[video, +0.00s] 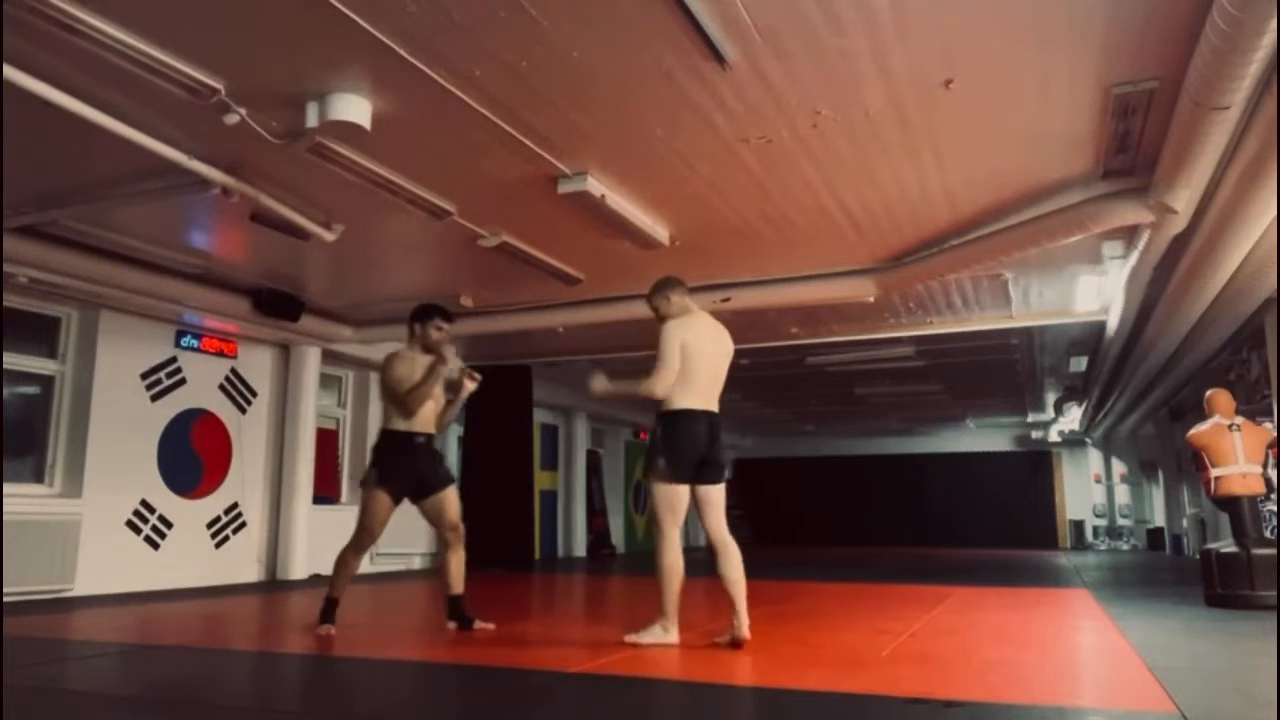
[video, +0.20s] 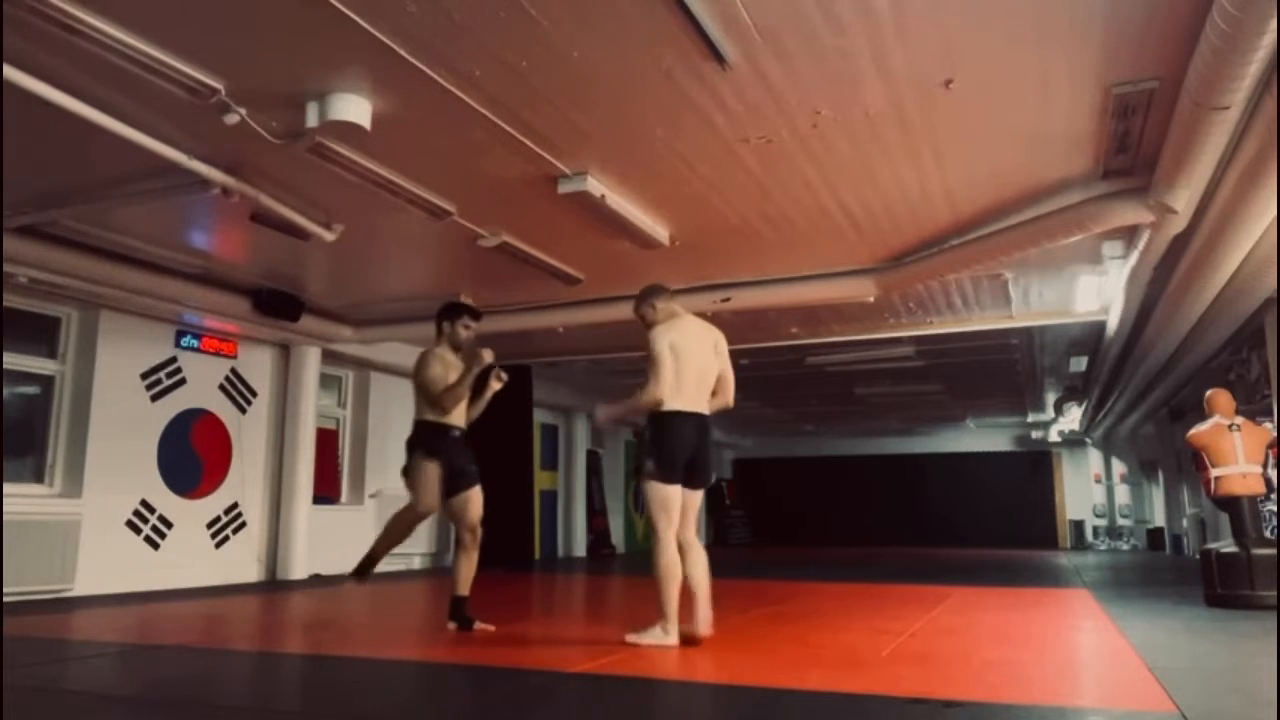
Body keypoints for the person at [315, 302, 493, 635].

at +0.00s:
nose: (443, 336)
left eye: (446, 332)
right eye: (437, 329)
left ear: (445, 335)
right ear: (416, 328)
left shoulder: (439, 368)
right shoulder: (397, 360)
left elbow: (438, 423)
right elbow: (408, 404)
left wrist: (461, 396)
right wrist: (438, 366)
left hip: (426, 455)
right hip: (393, 452)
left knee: (454, 530)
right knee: (365, 536)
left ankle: (457, 609)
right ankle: (329, 610)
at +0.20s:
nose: (471, 335)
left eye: (473, 329)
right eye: (465, 327)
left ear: (472, 332)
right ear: (446, 326)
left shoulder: (462, 366)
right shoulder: (430, 358)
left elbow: (463, 419)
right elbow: (443, 401)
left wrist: (489, 393)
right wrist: (472, 369)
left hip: (457, 446)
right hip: (428, 441)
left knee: (471, 529)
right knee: (424, 505)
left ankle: (459, 609)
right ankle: (370, 560)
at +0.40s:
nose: (481, 333)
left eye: (483, 328)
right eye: (476, 326)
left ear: (478, 330)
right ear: (457, 324)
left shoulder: (467, 362)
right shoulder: (446, 356)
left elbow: (475, 411)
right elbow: (445, 401)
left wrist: (497, 384)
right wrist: (483, 375)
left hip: (467, 439)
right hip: (453, 433)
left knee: (479, 529)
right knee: (512, 449)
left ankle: (462, 605)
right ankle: (460, 503)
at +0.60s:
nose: (489, 336)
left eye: (491, 330)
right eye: (485, 329)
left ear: (475, 331)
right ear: (465, 327)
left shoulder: (466, 363)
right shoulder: (455, 359)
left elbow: (456, 408)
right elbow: (448, 398)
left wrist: (485, 399)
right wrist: (489, 385)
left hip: (475, 446)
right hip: (475, 435)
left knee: (486, 531)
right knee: (549, 417)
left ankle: (461, 608)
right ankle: (561, 457)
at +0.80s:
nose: (497, 337)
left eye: (498, 330)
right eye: (493, 329)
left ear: (471, 329)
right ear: (472, 326)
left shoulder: (452, 361)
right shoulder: (466, 356)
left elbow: (448, 403)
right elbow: (468, 397)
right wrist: (510, 386)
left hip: (470, 445)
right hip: (481, 435)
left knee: (487, 531)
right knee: (547, 424)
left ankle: (461, 609)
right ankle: (588, 471)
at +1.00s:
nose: (498, 334)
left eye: (500, 328)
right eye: (494, 326)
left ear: (473, 328)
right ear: (475, 324)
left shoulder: (452, 360)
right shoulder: (468, 357)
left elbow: (443, 402)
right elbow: (470, 398)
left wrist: (486, 393)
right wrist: (510, 387)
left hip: (460, 438)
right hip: (475, 437)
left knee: (483, 528)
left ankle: (462, 604)